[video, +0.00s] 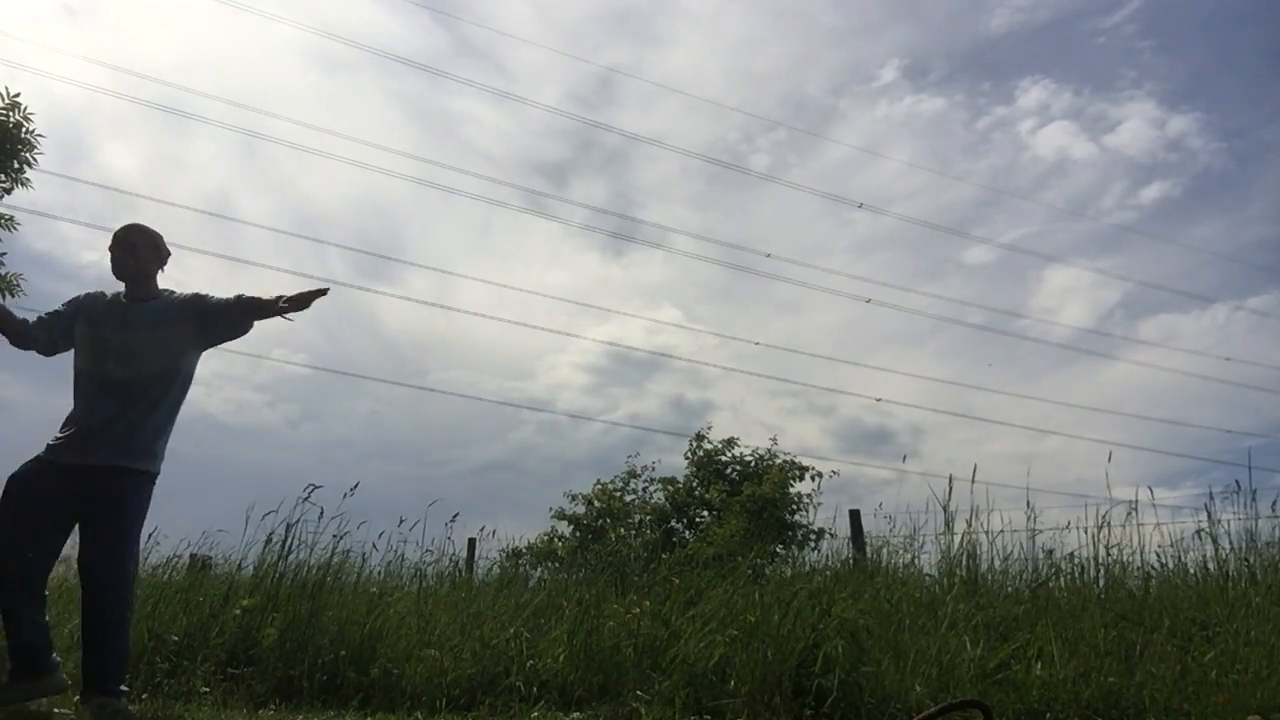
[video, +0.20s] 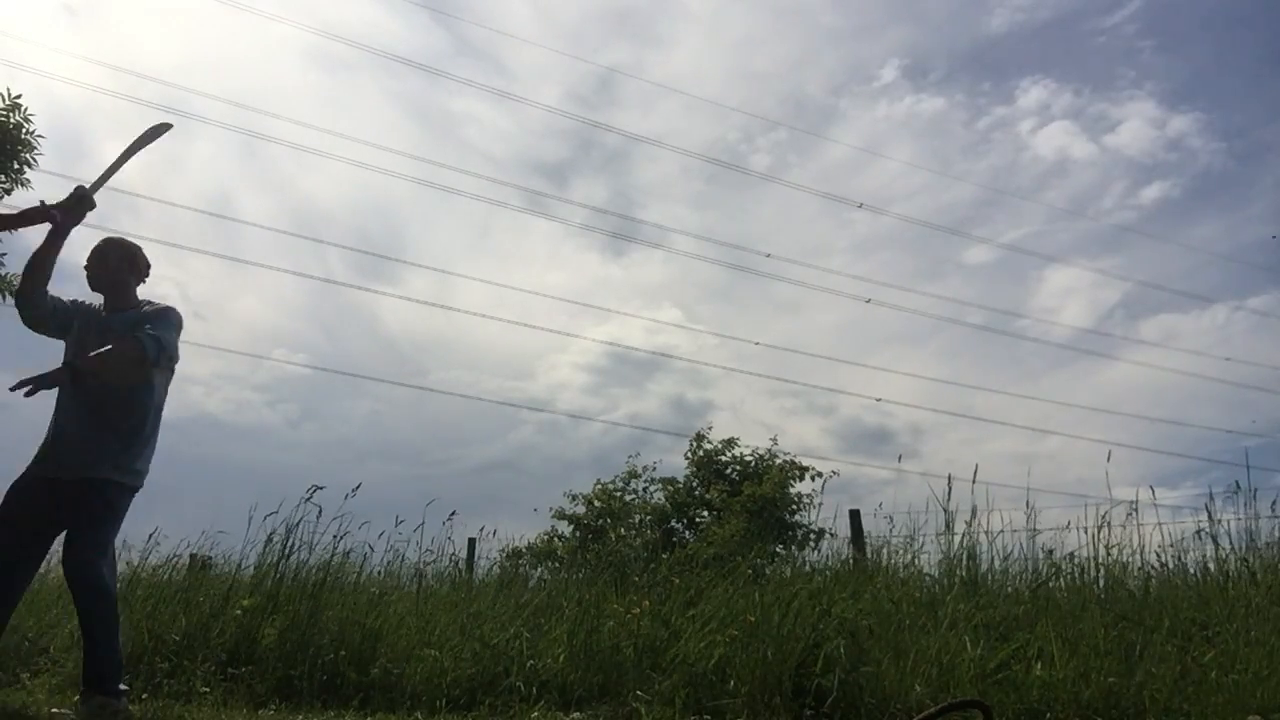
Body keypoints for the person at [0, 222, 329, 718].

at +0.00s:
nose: (123, 257)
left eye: (135, 249)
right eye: (117, 249)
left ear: (159, 259)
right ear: (109, 259)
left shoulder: (184, 312)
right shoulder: (89, 309)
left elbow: (235, 308)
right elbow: (34, 335)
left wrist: (279, 305)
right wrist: (2, 312)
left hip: (129, 466)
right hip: (68, 456)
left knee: (108, 578)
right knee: (13, 539)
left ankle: (104, 693)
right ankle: (33, 668)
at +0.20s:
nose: (93, 265)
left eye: (103, 258)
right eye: (92, 260)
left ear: (133, 270)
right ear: (94, 274)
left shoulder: (161, 318)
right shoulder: (83, 317)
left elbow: (131, 363)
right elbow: (30, 301)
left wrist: (66, 372)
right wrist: (62, 227)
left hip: (114, 470)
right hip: (56, 461)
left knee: (86, 564)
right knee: (10, 554)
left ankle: (105, 690)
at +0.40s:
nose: (63, 298)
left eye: (71, 290)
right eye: (63, 290)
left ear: (97, 295)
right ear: (69, 297)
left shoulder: (110, 339)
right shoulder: (71, 342)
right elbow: (14, 353)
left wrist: (42, 351)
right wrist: (37, 319)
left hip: (69, 485)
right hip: (32, 482)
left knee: (52, 586)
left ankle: (96, 693)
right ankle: (91, 690)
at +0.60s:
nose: (23, 312)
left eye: (27, 302)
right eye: (23, 303)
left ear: (47, 298)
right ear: (64, 299)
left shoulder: (60, 336)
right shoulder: (80, 341)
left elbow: (11, 390)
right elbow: (17, 392)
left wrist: (11, 347)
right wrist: (14, 350)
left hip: (53, 483)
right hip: (63, 485)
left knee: (65, 578)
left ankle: (109, 690)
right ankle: (107, 688)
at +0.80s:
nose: (11, 324)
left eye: (16, 314)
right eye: (13, 315)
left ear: (35, 313)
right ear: (52, 315)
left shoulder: (56, 348)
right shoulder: (65, 355)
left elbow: (20, 404)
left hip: (54, 497)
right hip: (54, 499)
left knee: (79, 594)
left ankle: (121, 690)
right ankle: (119, 689)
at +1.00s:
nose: (29, 321)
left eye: (34, 311)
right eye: (30, 313)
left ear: (53, 308)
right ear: (69, 311)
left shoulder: (68, 339)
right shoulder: (85, 349)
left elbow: (36, 405)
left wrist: (11, 390)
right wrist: (19, 392)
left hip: (53, 493)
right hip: (64, 494)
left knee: (64, 593)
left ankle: (120, 691)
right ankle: (117, 689)